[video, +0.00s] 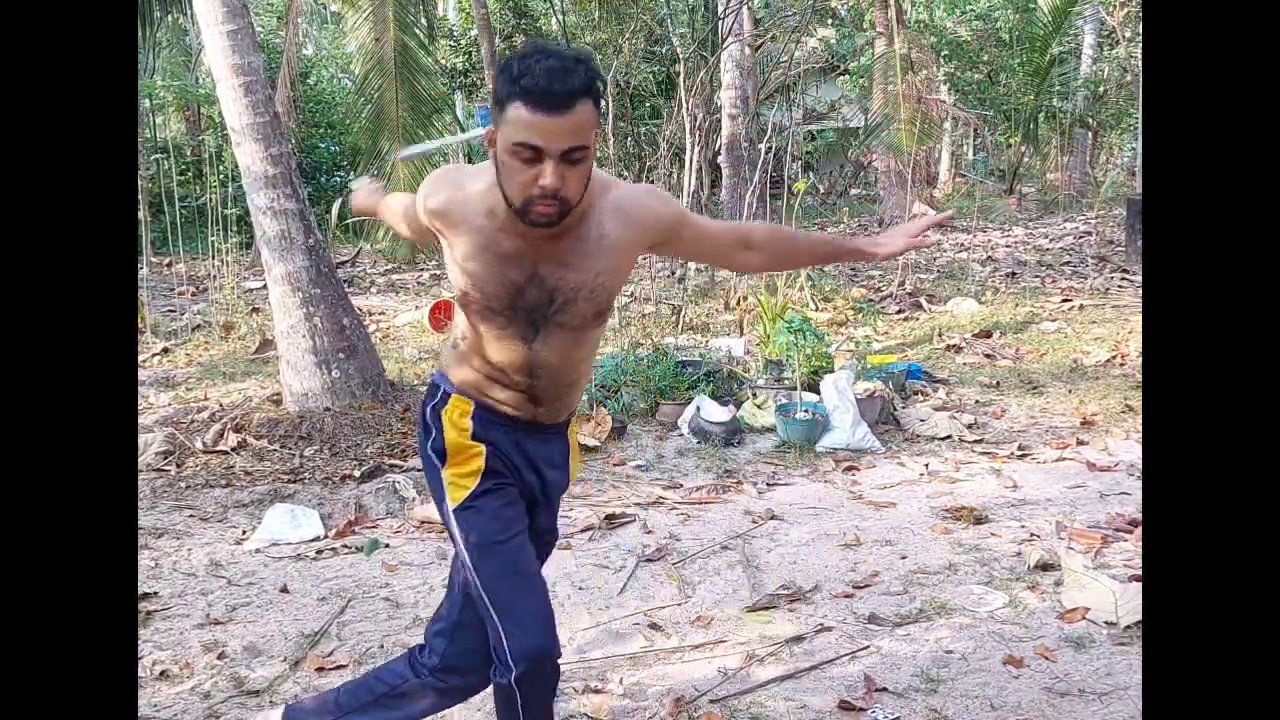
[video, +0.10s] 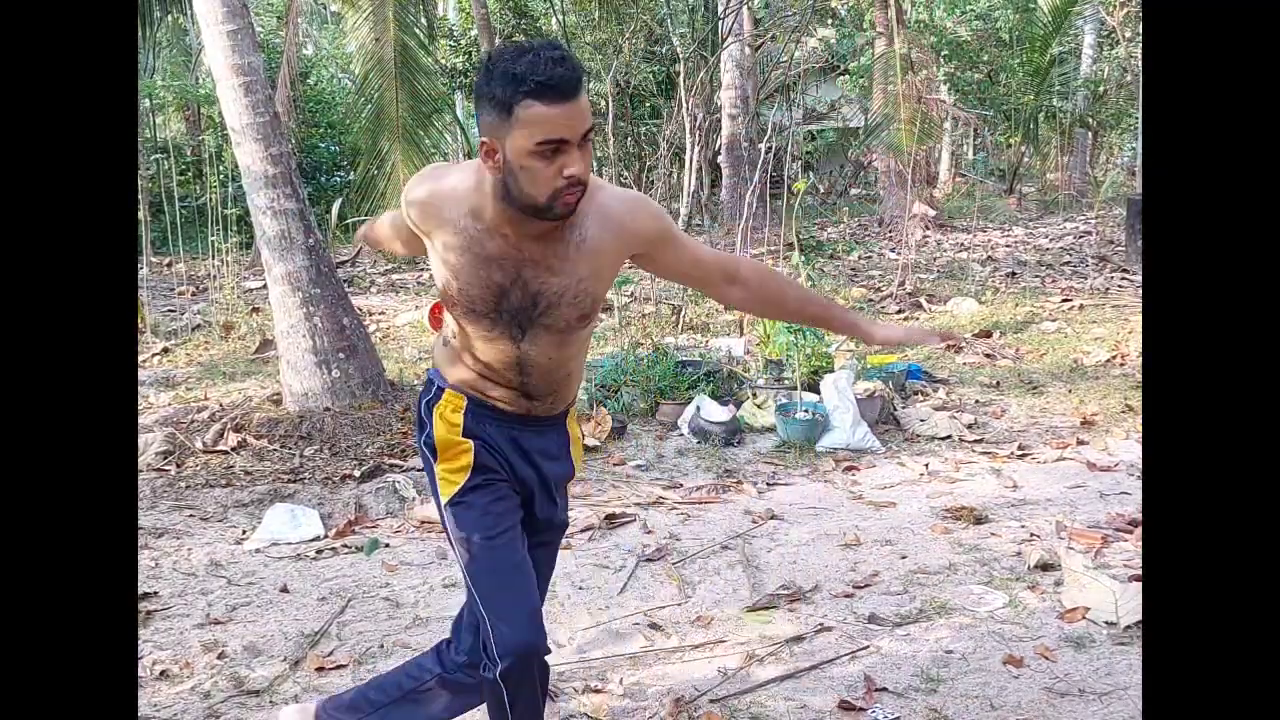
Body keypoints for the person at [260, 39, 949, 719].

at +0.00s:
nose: (550, 182)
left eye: (574, 157)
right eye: (527, 156)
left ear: (599, 143)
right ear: (492, 141)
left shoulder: (636, 215)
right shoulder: (453, 200)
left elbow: (750, 246)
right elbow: (392, 209)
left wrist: (866, 246)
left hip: (549, 445)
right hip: (464, 428)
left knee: (452, 660)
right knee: (530, 660)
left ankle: (313, 714)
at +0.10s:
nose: (575, 167)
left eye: (583, 142)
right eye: (548, 151)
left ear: (590, 128)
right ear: (491, 147)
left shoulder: (622, 220)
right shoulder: (440, 198)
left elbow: (736, 280)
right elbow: (391, 235)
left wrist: (862, 327)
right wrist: (369, 235)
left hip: (549, 442)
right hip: (463, 425)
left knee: (482, 658)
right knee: (520, 651)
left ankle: (335, 716)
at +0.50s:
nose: (648, 167)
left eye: (649, 146)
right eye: (628, 154)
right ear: (566, 159)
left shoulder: (655, 226)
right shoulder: (495, 202)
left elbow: (595, 373)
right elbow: (352, 269)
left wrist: (456, 349)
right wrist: (443, 194)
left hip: (632, 414)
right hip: (545, 421)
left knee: (732, 536)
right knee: (558, 603)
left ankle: (718, 623)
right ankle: (538, 714)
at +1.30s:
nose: (729, 100)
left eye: (726, 90)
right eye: (729, 89)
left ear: (657, 86)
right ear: (715, 86)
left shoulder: (605, 167)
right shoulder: (737, 144)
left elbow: (587, 286)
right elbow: (827, 232)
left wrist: (700, 266)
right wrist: (805, 335)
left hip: (604, 379)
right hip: (673, 387)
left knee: (715, 490)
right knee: (649, 589)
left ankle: (716, 639)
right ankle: (556, 713)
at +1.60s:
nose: (786, 84)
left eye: (787, 73)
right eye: (789, 70)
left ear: (719, 55)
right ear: (776, 60)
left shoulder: (693, 122)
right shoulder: (721, 116)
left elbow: (700, 259)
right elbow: (776, 209)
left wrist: (755, 272)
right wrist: (826, 135)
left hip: (648, 331)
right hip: (680, 333)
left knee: (734, 488)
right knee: (797, 499)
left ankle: (713, 647)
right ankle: (737, 687)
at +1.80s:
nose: (808, 79)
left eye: (811, 65)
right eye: (807, 67)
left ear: (727, 58)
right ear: (792, 65)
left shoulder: (702, 123)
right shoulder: (744, 129)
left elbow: (754, 268)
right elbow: (846, 208)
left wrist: (760, 233)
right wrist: (834, 101)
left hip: (640, 333)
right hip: (682, 339)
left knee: (722, 465)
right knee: (785, 505)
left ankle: (690, 607)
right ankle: (753, 684)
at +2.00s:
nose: (776, 77)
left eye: (773, 68)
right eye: (777, 67)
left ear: (705, 53)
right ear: (765, 65)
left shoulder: (686, 127)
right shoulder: (700, 143)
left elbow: (769, 224)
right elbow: (777, 250)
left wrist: (813, 270)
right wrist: (806, 131)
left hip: (618, 333)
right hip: (665, 343)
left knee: (626, 468)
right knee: (768, 501)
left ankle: (564, 599)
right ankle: (753, 685)